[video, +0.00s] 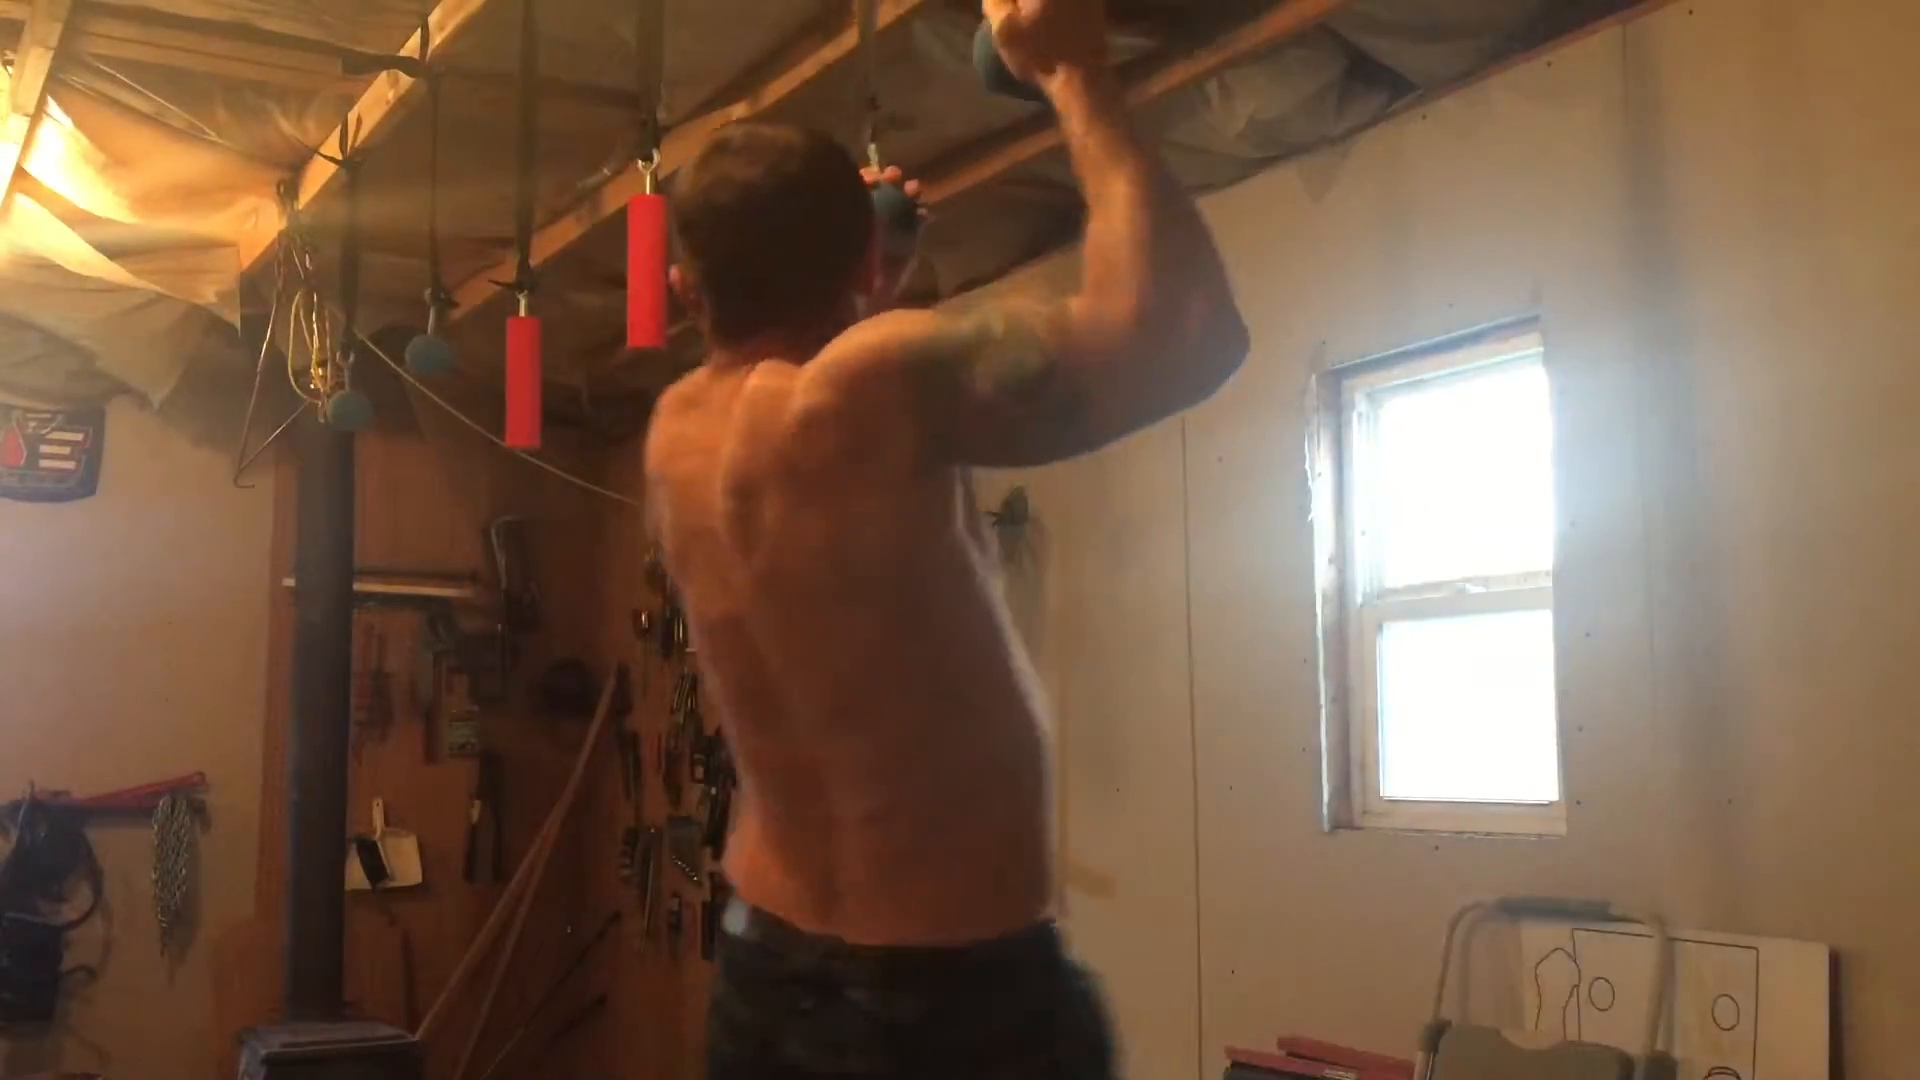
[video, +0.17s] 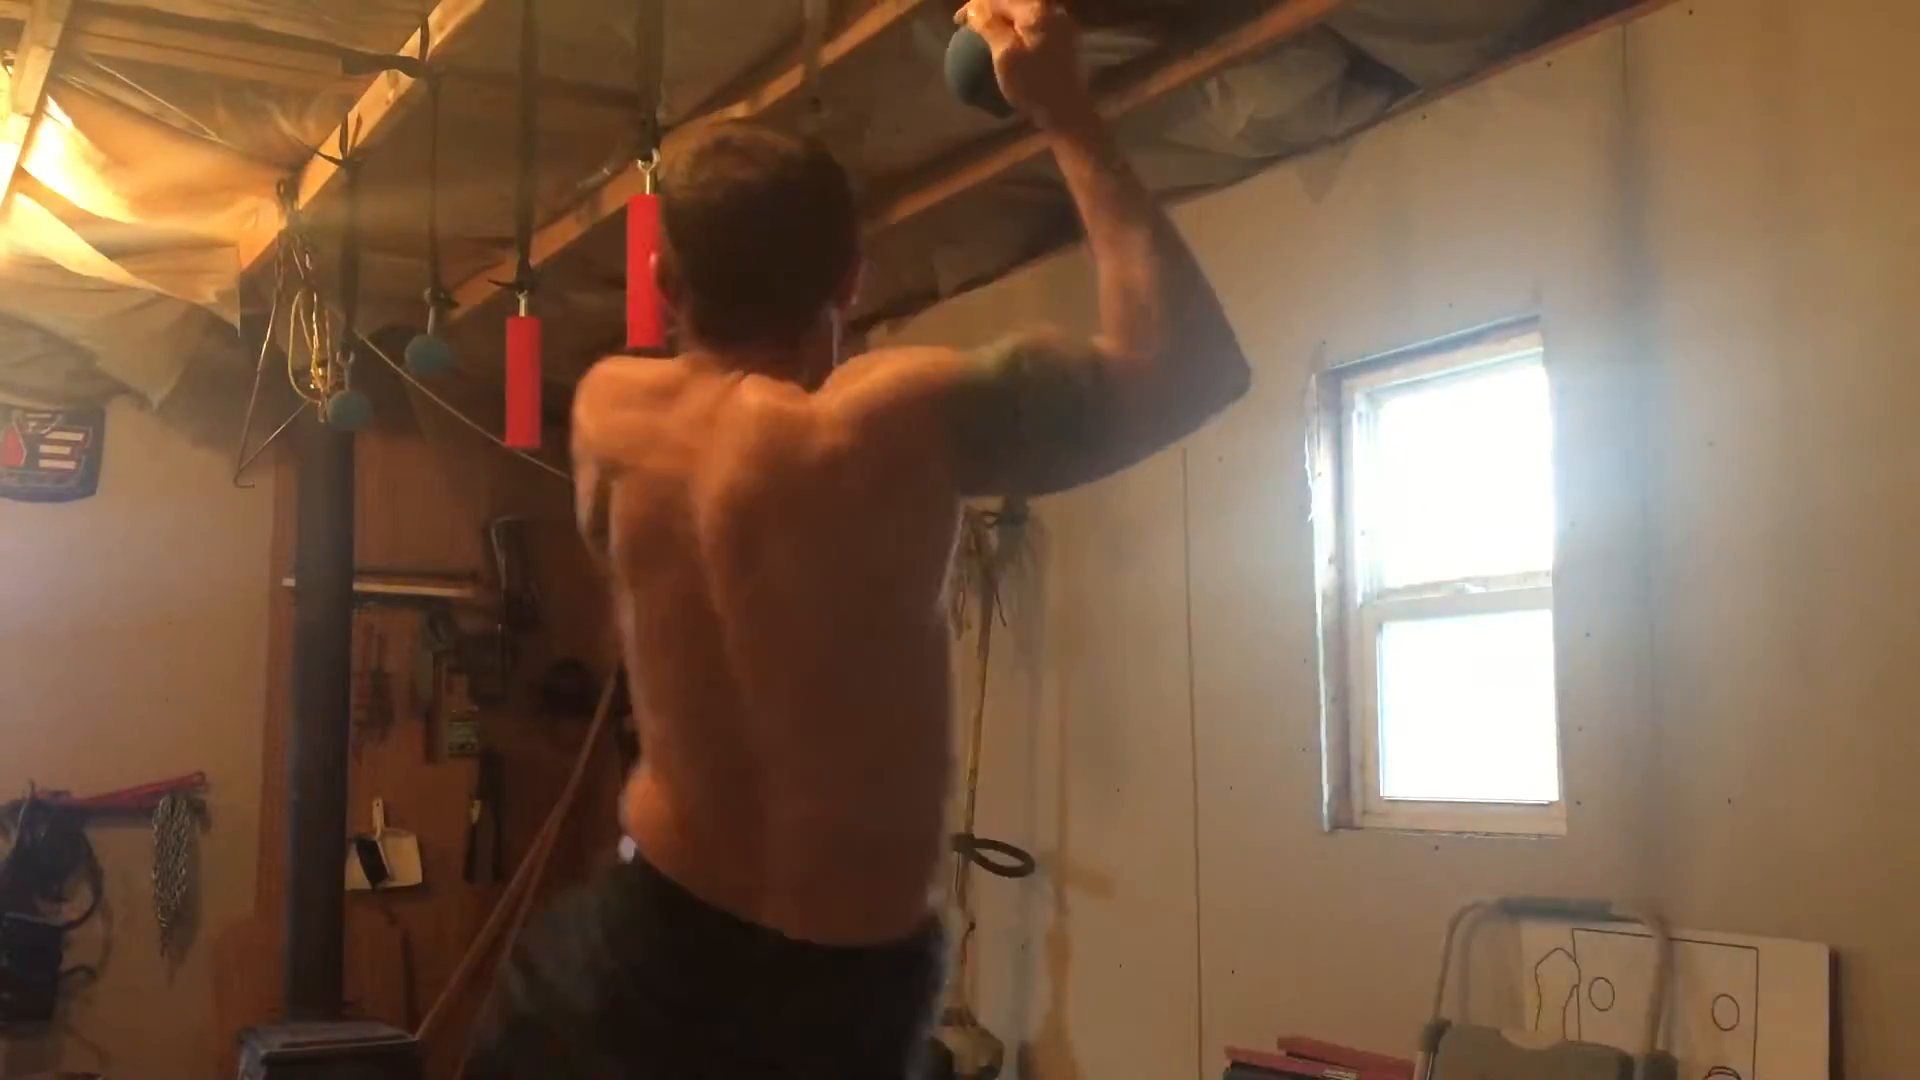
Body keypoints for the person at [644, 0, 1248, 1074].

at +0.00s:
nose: (878, 254)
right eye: (870, 234)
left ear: (702, 280)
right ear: (856, 267)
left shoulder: (675, 429)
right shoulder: (882, 379)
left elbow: (796, 398)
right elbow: (1181, 333)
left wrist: (877, 268)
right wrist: (1075, 77)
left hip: (765, 987)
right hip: (970, 1000)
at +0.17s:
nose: (860, 277)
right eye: (858, 258)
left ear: (671, 286)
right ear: (850, 280)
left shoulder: (611, 412)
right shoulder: (906, 420)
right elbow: (1190, 368)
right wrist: (1073, 121)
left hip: (651, 945)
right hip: (859, 991)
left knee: (511, 1054)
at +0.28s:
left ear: (682, 288)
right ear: (850, 295)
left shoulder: (589, 398)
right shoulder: (931, 448)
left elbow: (578, 541)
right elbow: (1147, 379)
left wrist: (693, 321)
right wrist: (1063, 128)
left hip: (598, 878)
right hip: (781, 921)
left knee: (399, 946)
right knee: (650, 1001)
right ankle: (647, 1069)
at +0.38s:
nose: (657, 280)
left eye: (672, 262)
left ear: (692, 296)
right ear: (868, 315)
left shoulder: (611, 417)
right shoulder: (943, 465)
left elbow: (605, 373)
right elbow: (981, 351)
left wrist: (674, 269)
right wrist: (991, 201)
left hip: (584, 843)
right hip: (754, 870)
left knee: (365, 879)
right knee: (623, 907)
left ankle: (336, 1057)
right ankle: (627, 1058)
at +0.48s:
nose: (735, 304)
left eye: (737, 281)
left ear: (744, 315)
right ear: (892, 332)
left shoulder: (678, 441)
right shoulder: (953, 456)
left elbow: (564, 454)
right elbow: (849, 402)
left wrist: (674, 291)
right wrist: (810, 238)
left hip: (581, 828)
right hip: (736, 858)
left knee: (372, 841)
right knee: (620, 913)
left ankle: (141, 1010)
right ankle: (628, 1031)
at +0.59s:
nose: (760, 328)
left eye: (773, 314)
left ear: (787, 342)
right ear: (916, 370)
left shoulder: (747, 462)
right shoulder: (938, 487)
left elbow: (585, 462)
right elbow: (781, 378)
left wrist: (689, 281)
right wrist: (681, 253)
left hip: (588, 839)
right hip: (709, 888)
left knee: (353, 781)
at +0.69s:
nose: (803, 384)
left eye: (813, 364)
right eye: (808, 366)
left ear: (839, 392)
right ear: (941, 404)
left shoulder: (822, 499)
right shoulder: (942, 529)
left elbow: (610, 473)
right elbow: (782, 400)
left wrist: (700, 304)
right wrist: (673, 280)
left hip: (592, 830)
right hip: (686, 908)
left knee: (332, 722)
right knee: (480, 1032)